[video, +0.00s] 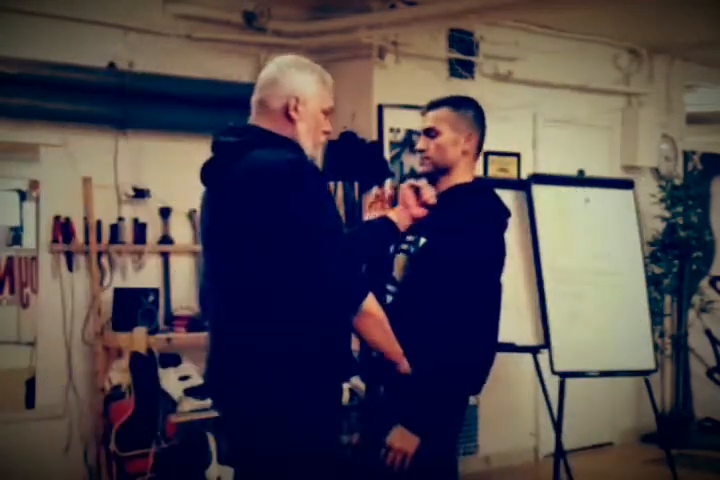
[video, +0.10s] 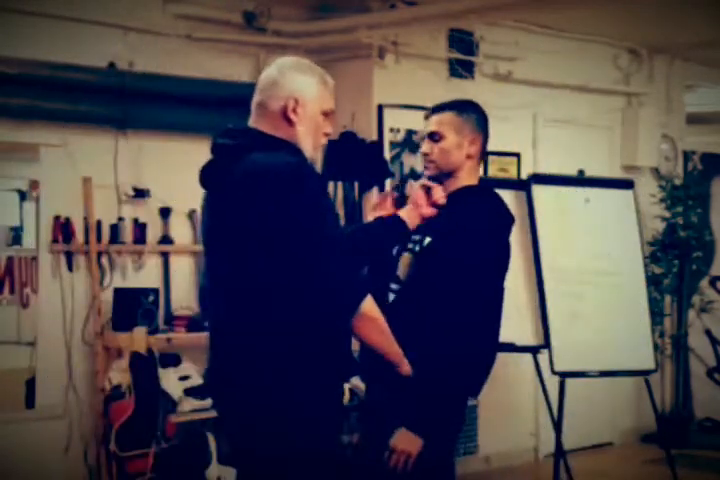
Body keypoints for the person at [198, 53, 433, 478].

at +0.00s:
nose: (330, 129)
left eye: (330, 116)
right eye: (325, 114)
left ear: (287, 108)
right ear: (294, 109)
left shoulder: (231, 169)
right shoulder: (292, 175)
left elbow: (326, 260)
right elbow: (348, 294)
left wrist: (394, 219)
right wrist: (399, 359)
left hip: (244, 382)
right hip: (296, 390)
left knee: (259, 468)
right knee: (302, 469)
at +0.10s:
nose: (330, 131)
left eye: (331, 118)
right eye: (325, 116)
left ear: (287, 109)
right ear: (292, 110)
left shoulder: (233, 170)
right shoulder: (289, 176)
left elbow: (326, 252)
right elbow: (344, 291)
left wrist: (406, 217)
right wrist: (400, 362)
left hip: (247, 386)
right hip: (295, 393)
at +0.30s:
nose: (312, 130)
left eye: (312, 117)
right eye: (306, 115)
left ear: (267, 114)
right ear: (272, 116)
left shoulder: (206, 180)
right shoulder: (270, 183)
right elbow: (317, 294)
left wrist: (329, 253)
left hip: (228, 388)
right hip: (279, 396)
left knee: (253, 471)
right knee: (300, 470)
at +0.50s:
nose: (272, 119)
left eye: (272, 105)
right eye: (268, 103)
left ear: (226, 101)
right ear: (236, 102)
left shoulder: (161, 169)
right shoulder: (238, 170)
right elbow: (325, 261)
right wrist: (356, 216)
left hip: (172, 387)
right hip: (236, 391)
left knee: (186, 468)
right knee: (247, 468)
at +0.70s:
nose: (218, 106)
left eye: (217, 94)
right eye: (210, 91)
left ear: (171, 95)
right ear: (176, 95)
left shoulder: (117, 158)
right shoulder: (176, 158)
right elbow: (277, 222)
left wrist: (292, 225)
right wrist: (343, 184)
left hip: (126, 378)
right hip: (177, 382)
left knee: (139, 469)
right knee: (190, 470)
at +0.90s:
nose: (170, 112)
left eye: (168, 100)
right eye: (161, 98)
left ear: (123, 104)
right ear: (123, 104)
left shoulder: (79, 164)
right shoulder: (117, 171)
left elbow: (150, 239)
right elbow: (208, 249)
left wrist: (210, 230)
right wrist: (303, 245)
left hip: (68, 383)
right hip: (110, 392)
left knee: (61, 469)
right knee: (117, 471)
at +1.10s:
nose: (138, 110)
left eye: (136, 98)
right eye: (130, 96)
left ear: (90, 96)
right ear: (91, 95)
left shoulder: (46, 155)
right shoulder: (80, 160)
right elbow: (171, 245)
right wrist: (261, 258)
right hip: (78, 385)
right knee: (90, 466)